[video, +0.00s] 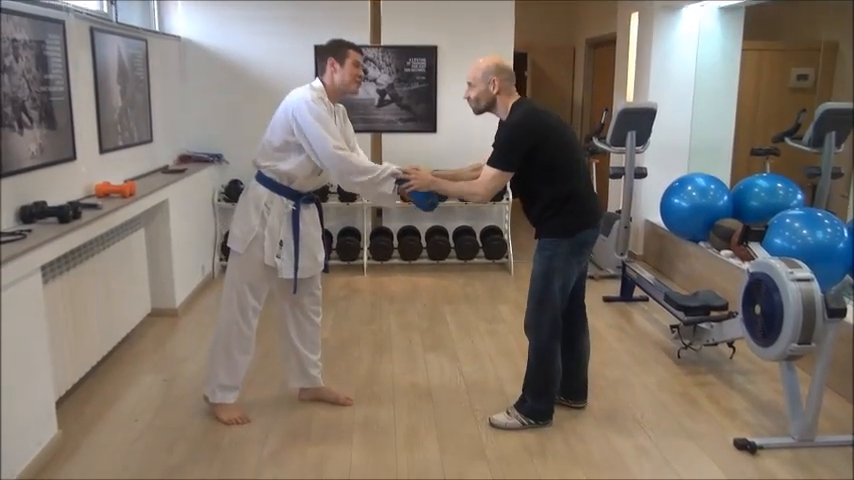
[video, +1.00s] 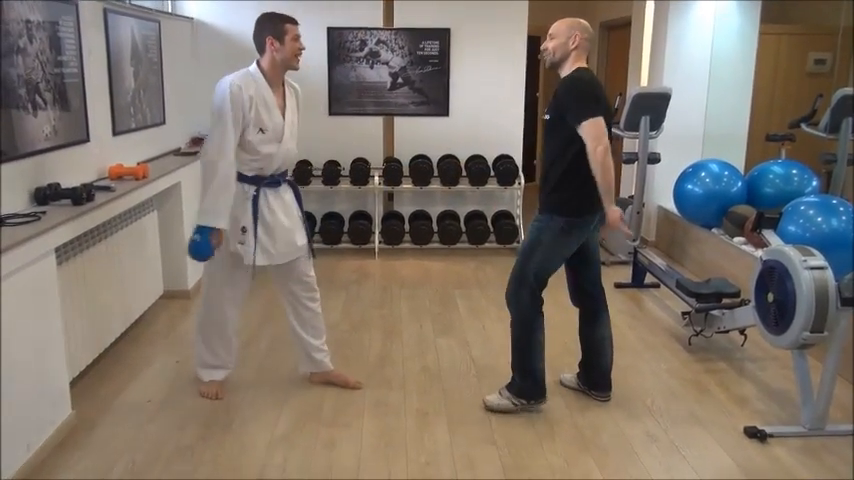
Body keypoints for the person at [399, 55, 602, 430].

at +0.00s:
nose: (466, 94)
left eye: (470, 86)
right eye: (466, 86)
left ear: (495, 86)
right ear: (498, 87)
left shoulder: (519, 124)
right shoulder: (521, 118)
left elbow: (483, 191)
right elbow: (480, 173)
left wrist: (430, 183)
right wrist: (432, 177)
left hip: (564, 230)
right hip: (576, 224)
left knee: (541, 320)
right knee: (570, 312)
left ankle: (535, 409)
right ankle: (572, 391)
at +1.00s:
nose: (544, 45)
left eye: (551, 38)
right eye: (545, 38)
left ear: (576, 41)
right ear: (574, 43)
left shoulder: (577, 85)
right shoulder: (578, 85)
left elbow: (600, 147)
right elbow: (594, 147)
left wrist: (609, 205)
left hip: (563, 213)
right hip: (580, 213)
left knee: (521, 291)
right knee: (590, 297)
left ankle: (526, 390)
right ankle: (596, 381)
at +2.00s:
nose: (510, 77)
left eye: (516, 69)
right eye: (511, 69)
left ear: (541, 70)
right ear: (546, 70)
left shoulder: (541, 115)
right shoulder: (579, 105)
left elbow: (535, 185)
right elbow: (565, 163)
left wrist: (498, 203)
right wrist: (519, 127)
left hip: (549, 232)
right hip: (583, 227)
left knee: (521, 323)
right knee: (579, 317)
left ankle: (519, 413)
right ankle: (594, 403)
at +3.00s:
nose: (489, 95)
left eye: (492, 88)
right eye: (488, 89)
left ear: (516, 87)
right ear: (526, 87)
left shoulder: (498, 120)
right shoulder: (563, 125)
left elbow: (433, 136)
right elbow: (559, 174)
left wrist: (383, 115)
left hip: (513, 244)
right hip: (560, 245)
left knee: (460, 326)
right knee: (577, 321)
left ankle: (420, 410)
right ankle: (610, 409)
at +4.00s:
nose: (566, 89)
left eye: (572, 81)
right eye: (567, 81)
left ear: (597, 84)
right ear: (604, 86)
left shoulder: (576, 128)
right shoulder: (632, 128)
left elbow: (567, 195)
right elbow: (628, 184)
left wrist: (531, 193)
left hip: (586, 249)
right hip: (625, 245)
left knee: (540, 313)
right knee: (639, 322)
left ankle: (591, 396)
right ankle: (665, 412)